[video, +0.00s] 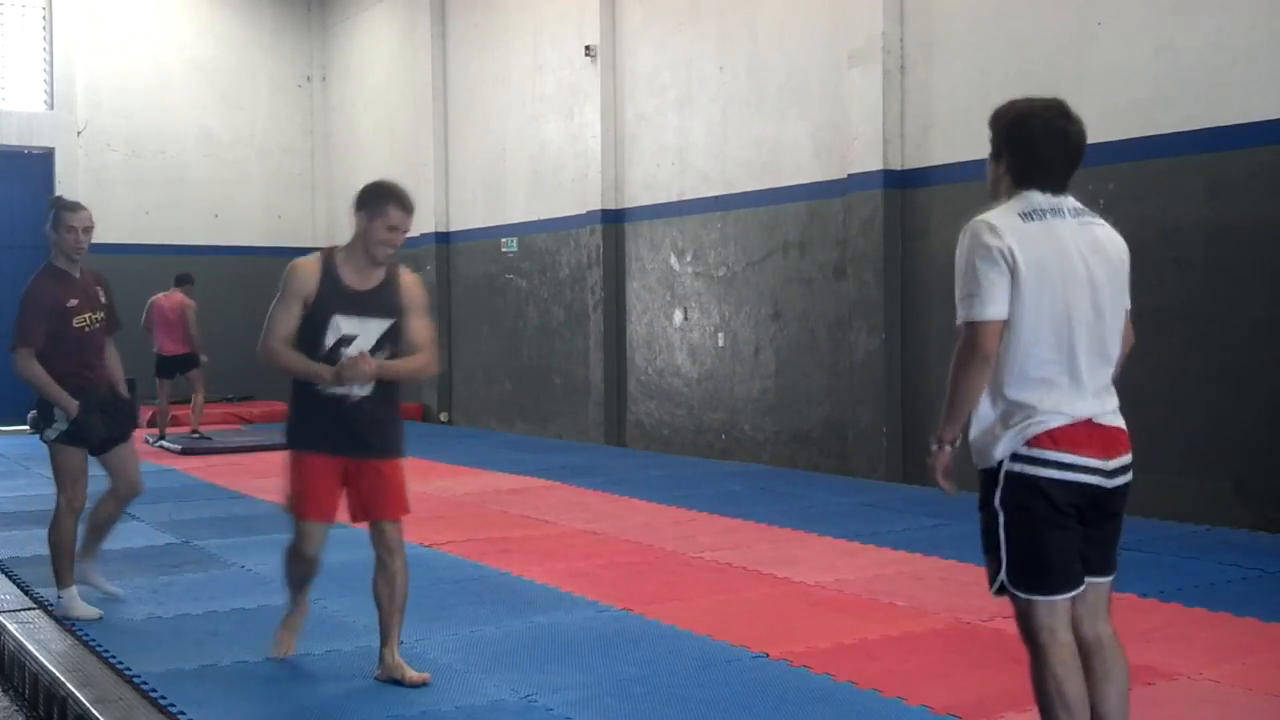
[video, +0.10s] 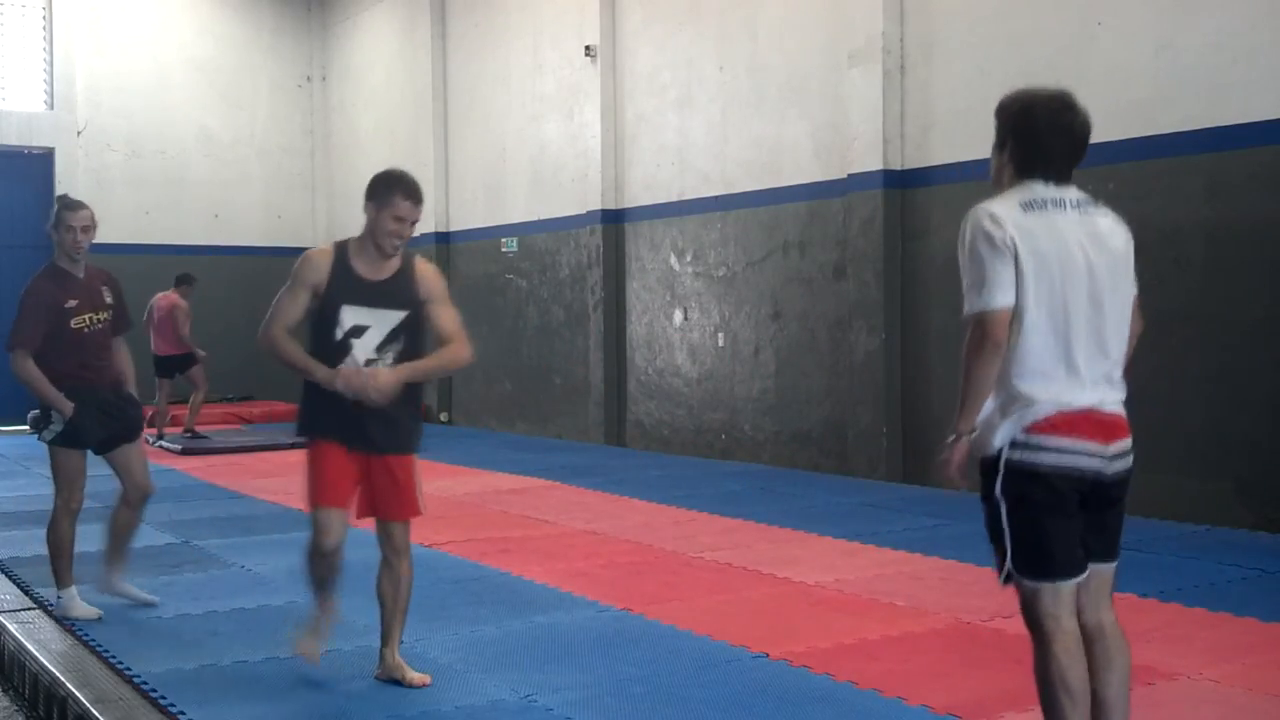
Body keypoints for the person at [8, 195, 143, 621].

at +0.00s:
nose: (82, 238)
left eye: (87, 230)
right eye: (72, 231)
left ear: (92, 232)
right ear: (53, 233)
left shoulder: (95, 280)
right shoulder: (41, 288)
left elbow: (106, 343)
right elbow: (22, 359)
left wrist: (122, 395)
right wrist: (70, 405)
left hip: (104, 401)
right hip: (64, 408)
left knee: (128, 485)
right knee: (71, 501)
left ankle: (85, 560)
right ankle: (66, 595)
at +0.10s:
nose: (80, 237)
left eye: (86, 230)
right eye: (71, 230)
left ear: (93, 232)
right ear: (55, 233)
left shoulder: (104, 280)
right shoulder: (41, 289)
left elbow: (118, 341)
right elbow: (19, 358)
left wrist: (129, 393)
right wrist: (65, 407)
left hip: (112, 402)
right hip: (67, 408)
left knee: (139, 488)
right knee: (69, 502)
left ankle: (113, 575)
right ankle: (67, 595)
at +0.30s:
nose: (92, 240)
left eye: (99, 232)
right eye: (84, 232)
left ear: (109, 234)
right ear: (69, 235)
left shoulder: (128, 285)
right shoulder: (51, 292)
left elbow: (141, 345)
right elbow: (24, 360)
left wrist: (146, 395)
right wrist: (63, 408)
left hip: (127, 404)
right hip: (77, 409)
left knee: (152, 500)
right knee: (74, 507)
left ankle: (169, 593)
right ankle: (68, 595)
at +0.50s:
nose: (119, 241)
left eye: (127, 234)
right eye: (110, 234)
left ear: (137, 238)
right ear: (97, 237)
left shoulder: (157, 291)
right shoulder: (74, 294)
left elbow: (173, 356)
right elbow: (46, 364)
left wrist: (172, 412)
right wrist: (78, 413)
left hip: (151, 412)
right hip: (95, 414)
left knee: (167, 508)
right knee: (86, 512)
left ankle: (178, 606)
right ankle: (72, 591)